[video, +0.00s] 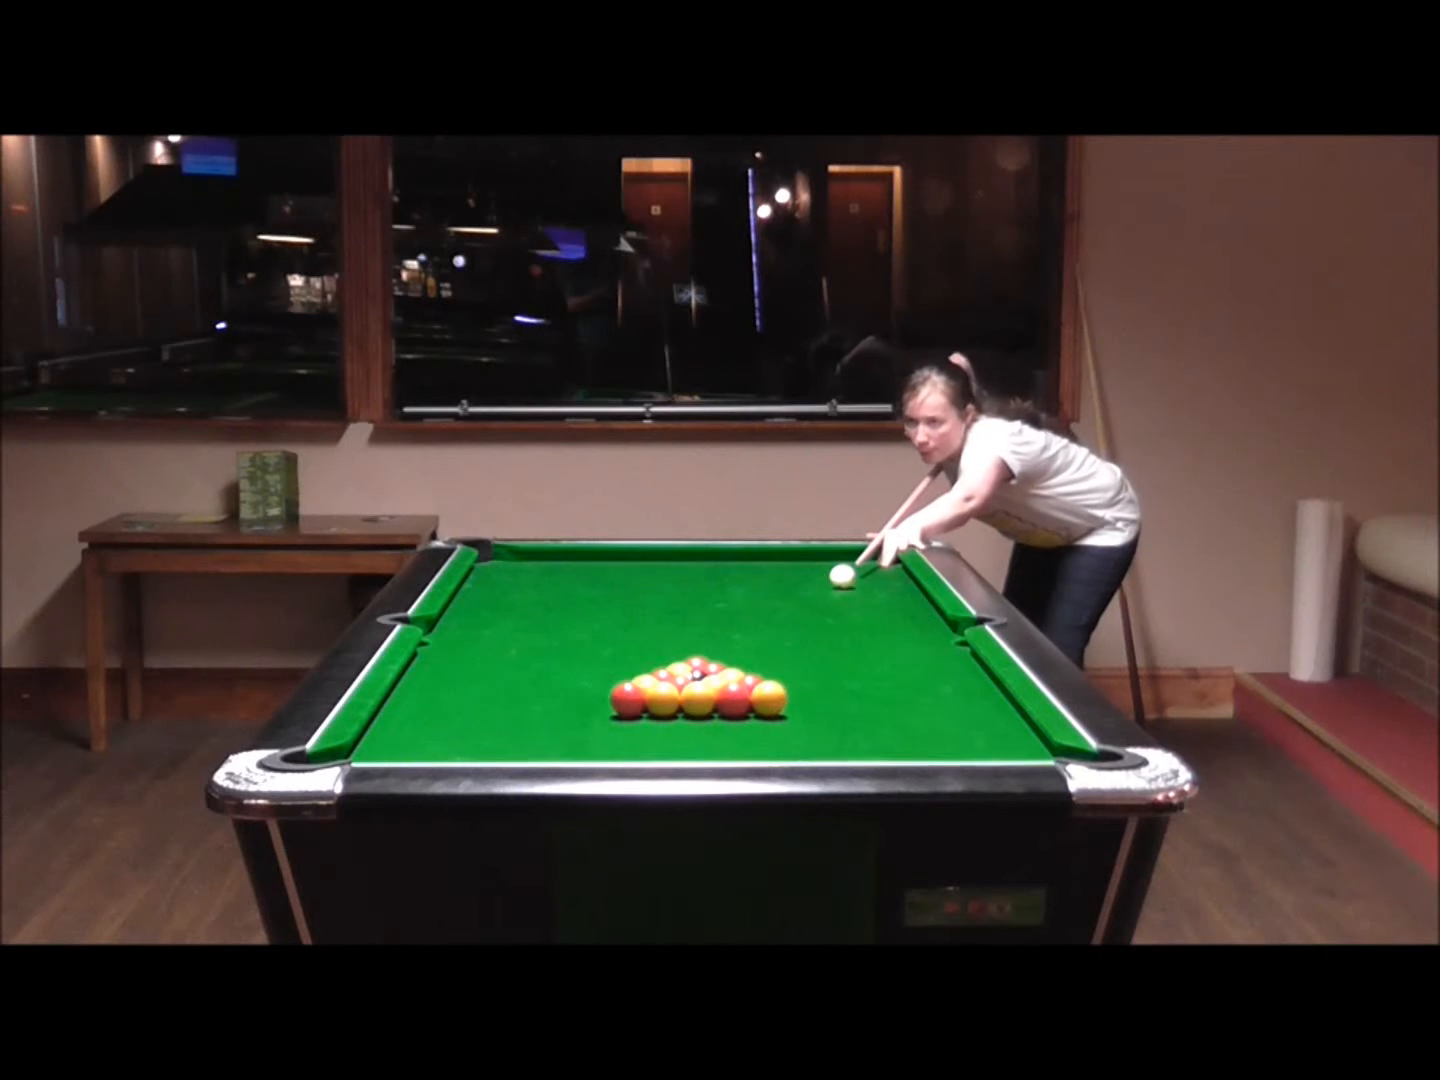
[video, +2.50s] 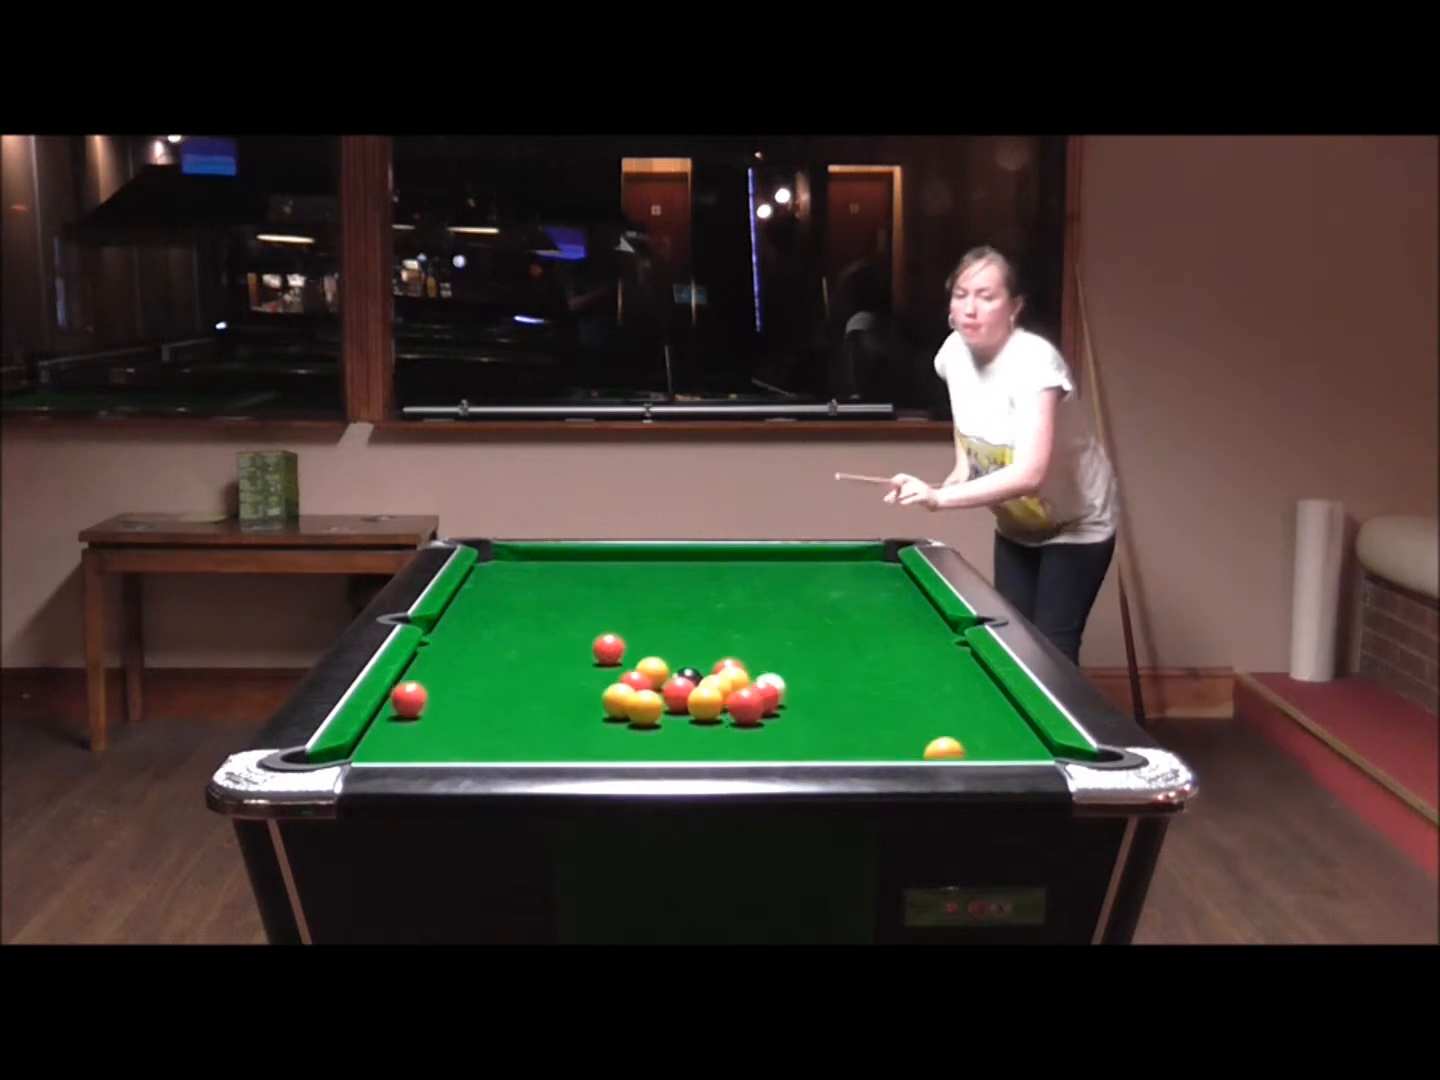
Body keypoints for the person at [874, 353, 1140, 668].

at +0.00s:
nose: (920, 438)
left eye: (934, 423)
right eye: (912, 424)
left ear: (967, 417)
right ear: (903, 423)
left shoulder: (991, 444)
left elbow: (966, 502)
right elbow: (957, 366)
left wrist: (913, 527)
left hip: (1101, 527)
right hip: (1041, 531)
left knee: (1058, 647)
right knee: (1011, 636)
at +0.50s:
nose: (915, 451)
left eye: (929, 438)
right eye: (908, 437)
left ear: (962, 431)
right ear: (899, 434)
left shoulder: (986, 455)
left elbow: (963, 508)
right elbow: (954, 361)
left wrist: (911, 527)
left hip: (1098, 528)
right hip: (1036, 533)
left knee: (1056, 648)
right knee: (1007, 638)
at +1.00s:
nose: (915, 455)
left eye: (928, 441)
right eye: (907, 441)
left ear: (962, 432)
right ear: (900, 436)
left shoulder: (987, 457)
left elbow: (963, 509)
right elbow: (956, 356)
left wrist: (911, 528)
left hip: (1099, 527)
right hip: (1037, 533)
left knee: (1055, 649)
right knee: (1008, 638)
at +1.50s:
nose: (914, 444)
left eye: (928, 429)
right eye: (906, 430)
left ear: (961, 421)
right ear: (898, 428)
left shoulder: (985, 446)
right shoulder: (951, 440)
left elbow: (964, 503)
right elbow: (965, 383)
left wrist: (909, 529)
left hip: (1098, 528)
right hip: (1036, 533)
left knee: (1054, 648)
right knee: (1009, 639)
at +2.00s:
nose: (918, 428)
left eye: (932, 413)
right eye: (910, 414)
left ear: (967, 409)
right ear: (901, 414)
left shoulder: (991, 441)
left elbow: (969, 505)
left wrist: (914, 529)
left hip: (1096, 525)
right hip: (1037, 529)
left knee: (1057, 649)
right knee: (1015, 638)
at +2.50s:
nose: (969, 309)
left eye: (986, 297)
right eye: (960, 296)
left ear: (1015, 307)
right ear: (950, 303)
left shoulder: (1037, 361)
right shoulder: (953, 355)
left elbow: (1030, 473)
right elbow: (969, 431)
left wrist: (939, 497)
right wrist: (959, 475)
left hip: (1076, 528)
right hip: (1016, 524)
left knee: (1051, 653)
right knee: (1007, 648)